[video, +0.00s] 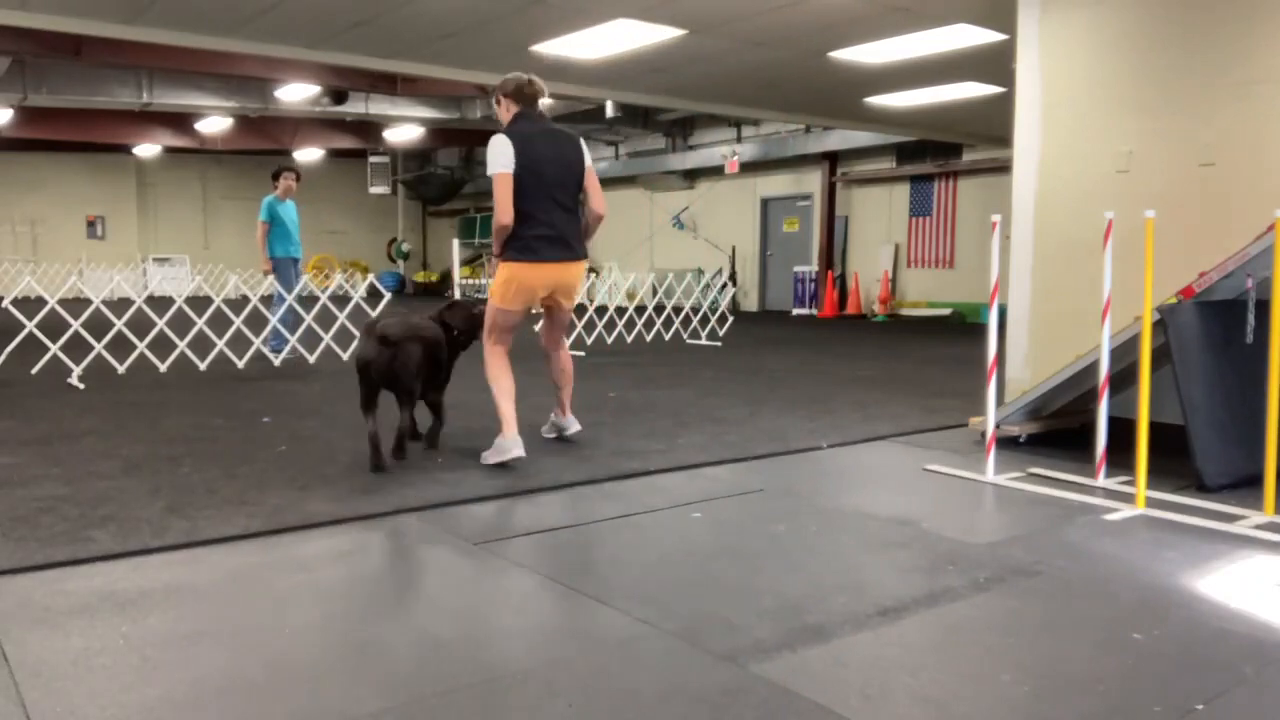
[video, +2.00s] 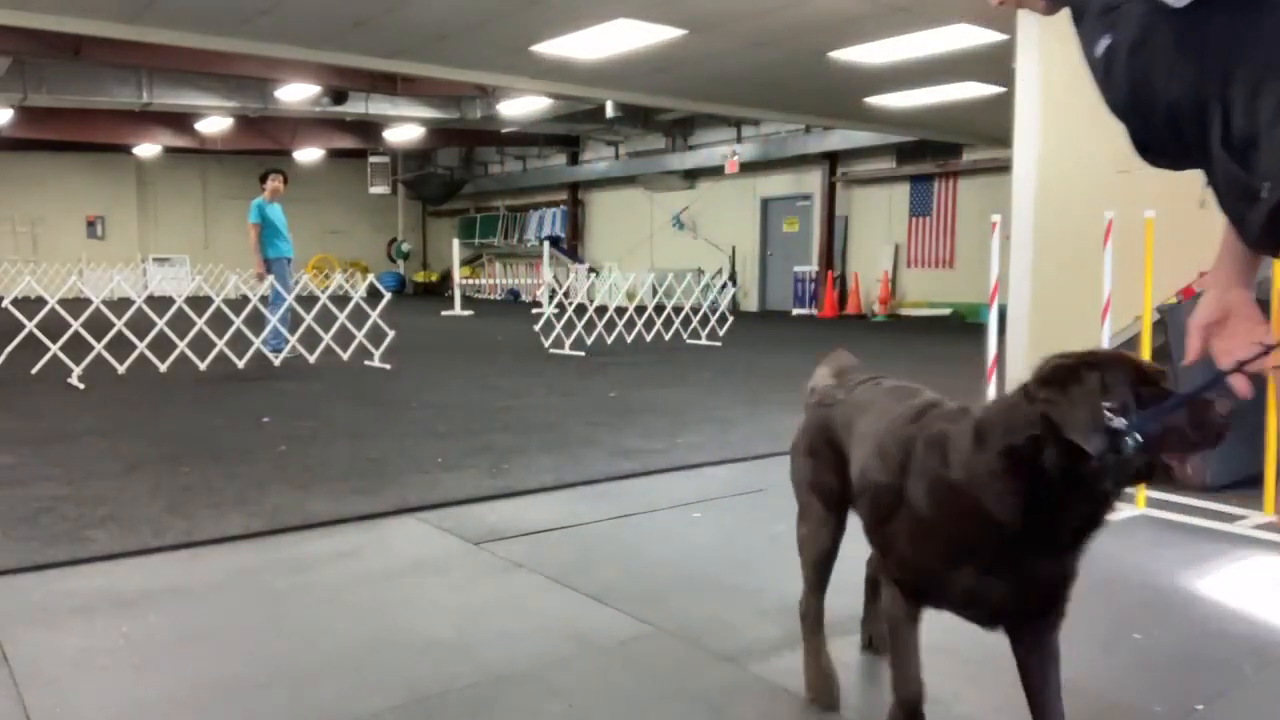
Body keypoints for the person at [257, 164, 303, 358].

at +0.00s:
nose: (290, 183)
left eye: (293, 180)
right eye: (286, 179)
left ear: (296, 184)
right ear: (277, 182)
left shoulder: (292, 205)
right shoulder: (269, 202)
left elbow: (293, 232)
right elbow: (262, 231)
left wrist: (298, 256)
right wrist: (265, 259)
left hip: (295, 255)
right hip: (279, 255)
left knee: (289, 299)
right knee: (284, 298)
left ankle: (282, 341)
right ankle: (276, 343)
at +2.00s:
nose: (277, 184)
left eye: (280, 181)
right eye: (273, 180)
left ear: (283, 187)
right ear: (264, 184)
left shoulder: (278, 207)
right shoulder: (257, 204)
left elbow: (281, 232)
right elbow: (254, 235)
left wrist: (288, 257)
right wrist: (259, 263)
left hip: (286, 256)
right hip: (273, 257)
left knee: (283, 300)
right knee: (280, 299)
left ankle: (278, 341)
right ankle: (275, 343)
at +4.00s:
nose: (283, 188)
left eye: (286, 184)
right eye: (279, 183)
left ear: (288, 188)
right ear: (270, 185)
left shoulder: (277, 207)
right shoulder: (262, 204)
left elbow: (280, 233)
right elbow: (260, 234)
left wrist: (288, 256)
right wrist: (267, 261)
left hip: (286, 256)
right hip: (278, 257)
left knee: (276, 299)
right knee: (286, 298)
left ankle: (272, 340)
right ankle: (276, 342)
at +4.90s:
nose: (282, 186)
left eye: (285, 183)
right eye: (278, 182)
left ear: (287, 187)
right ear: (269, 184)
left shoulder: (276, 207)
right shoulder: (262, 204)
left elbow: (279, 233)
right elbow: (260, 235)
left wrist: (287, 256)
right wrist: (267, 262)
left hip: (285, 256)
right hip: (278, 257)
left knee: (276, 299)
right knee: (288, 299)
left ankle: (272, 340)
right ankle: (277, 341)